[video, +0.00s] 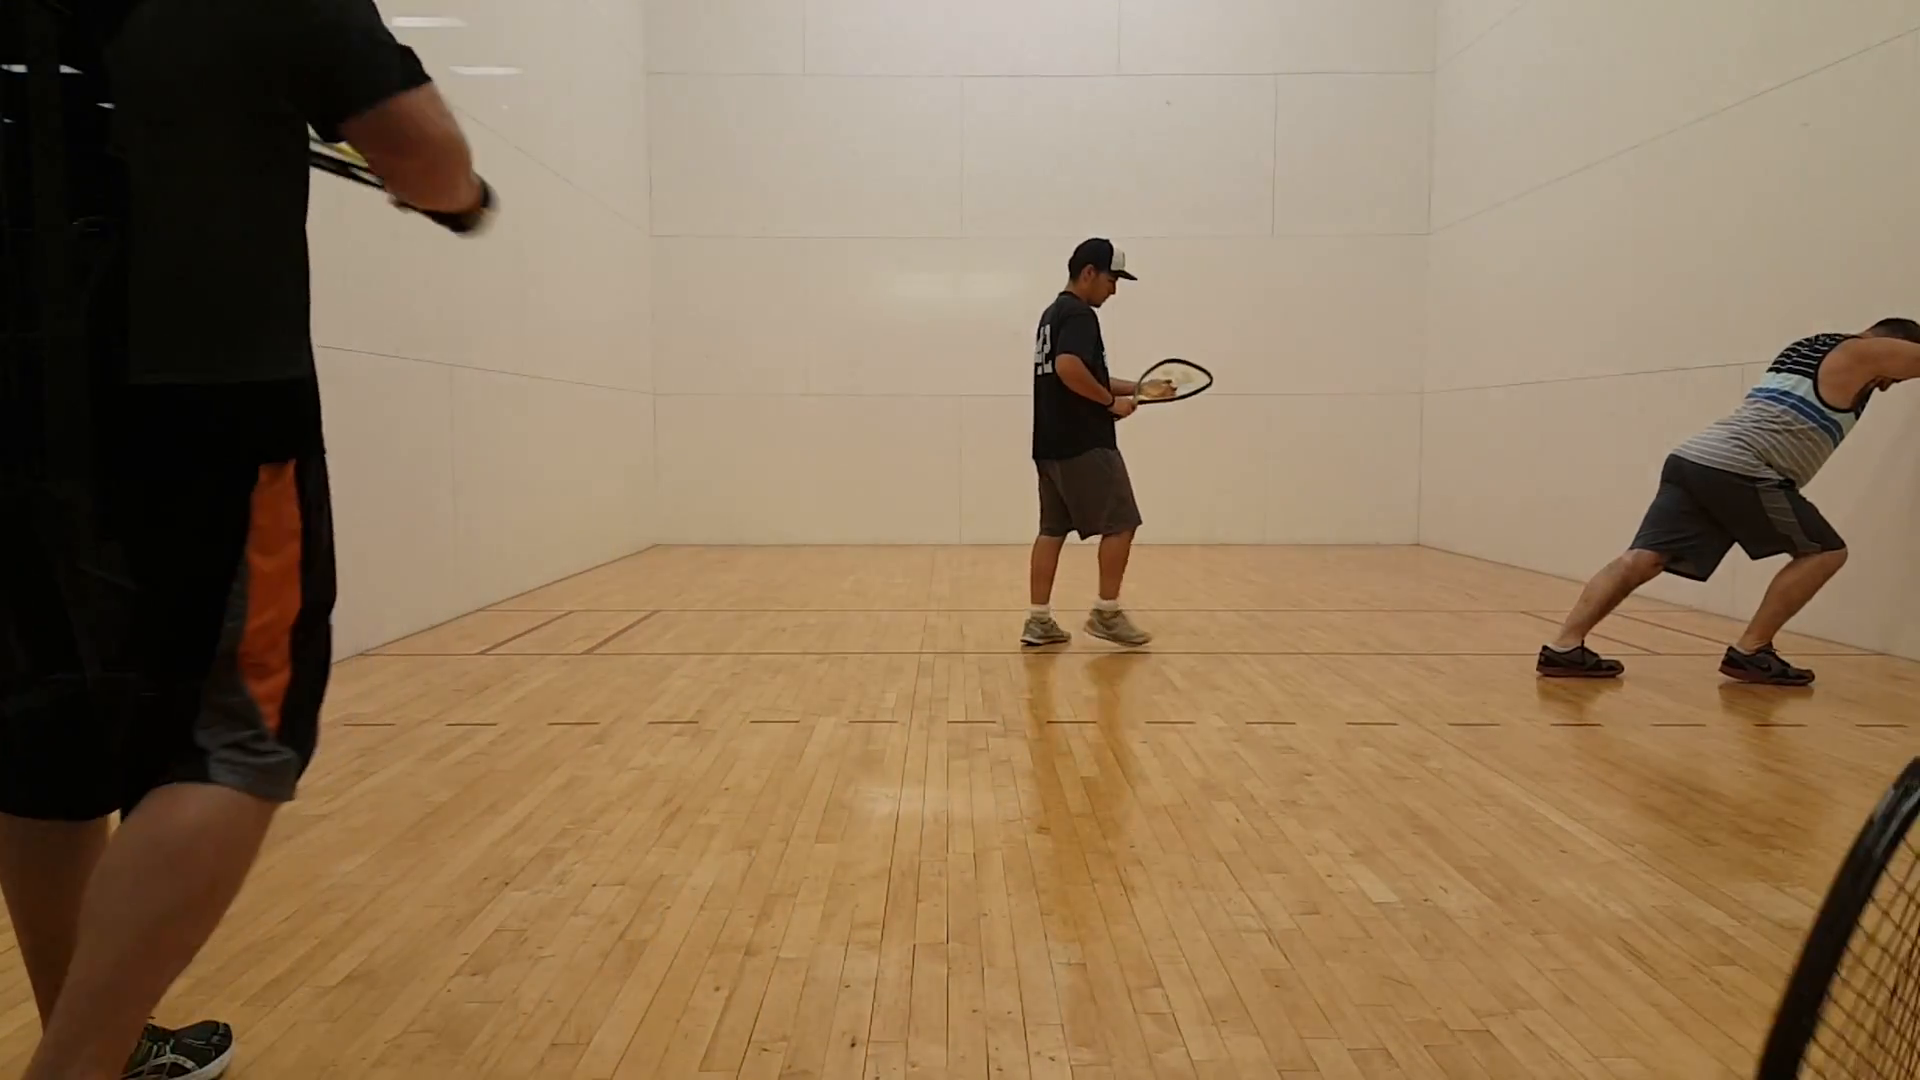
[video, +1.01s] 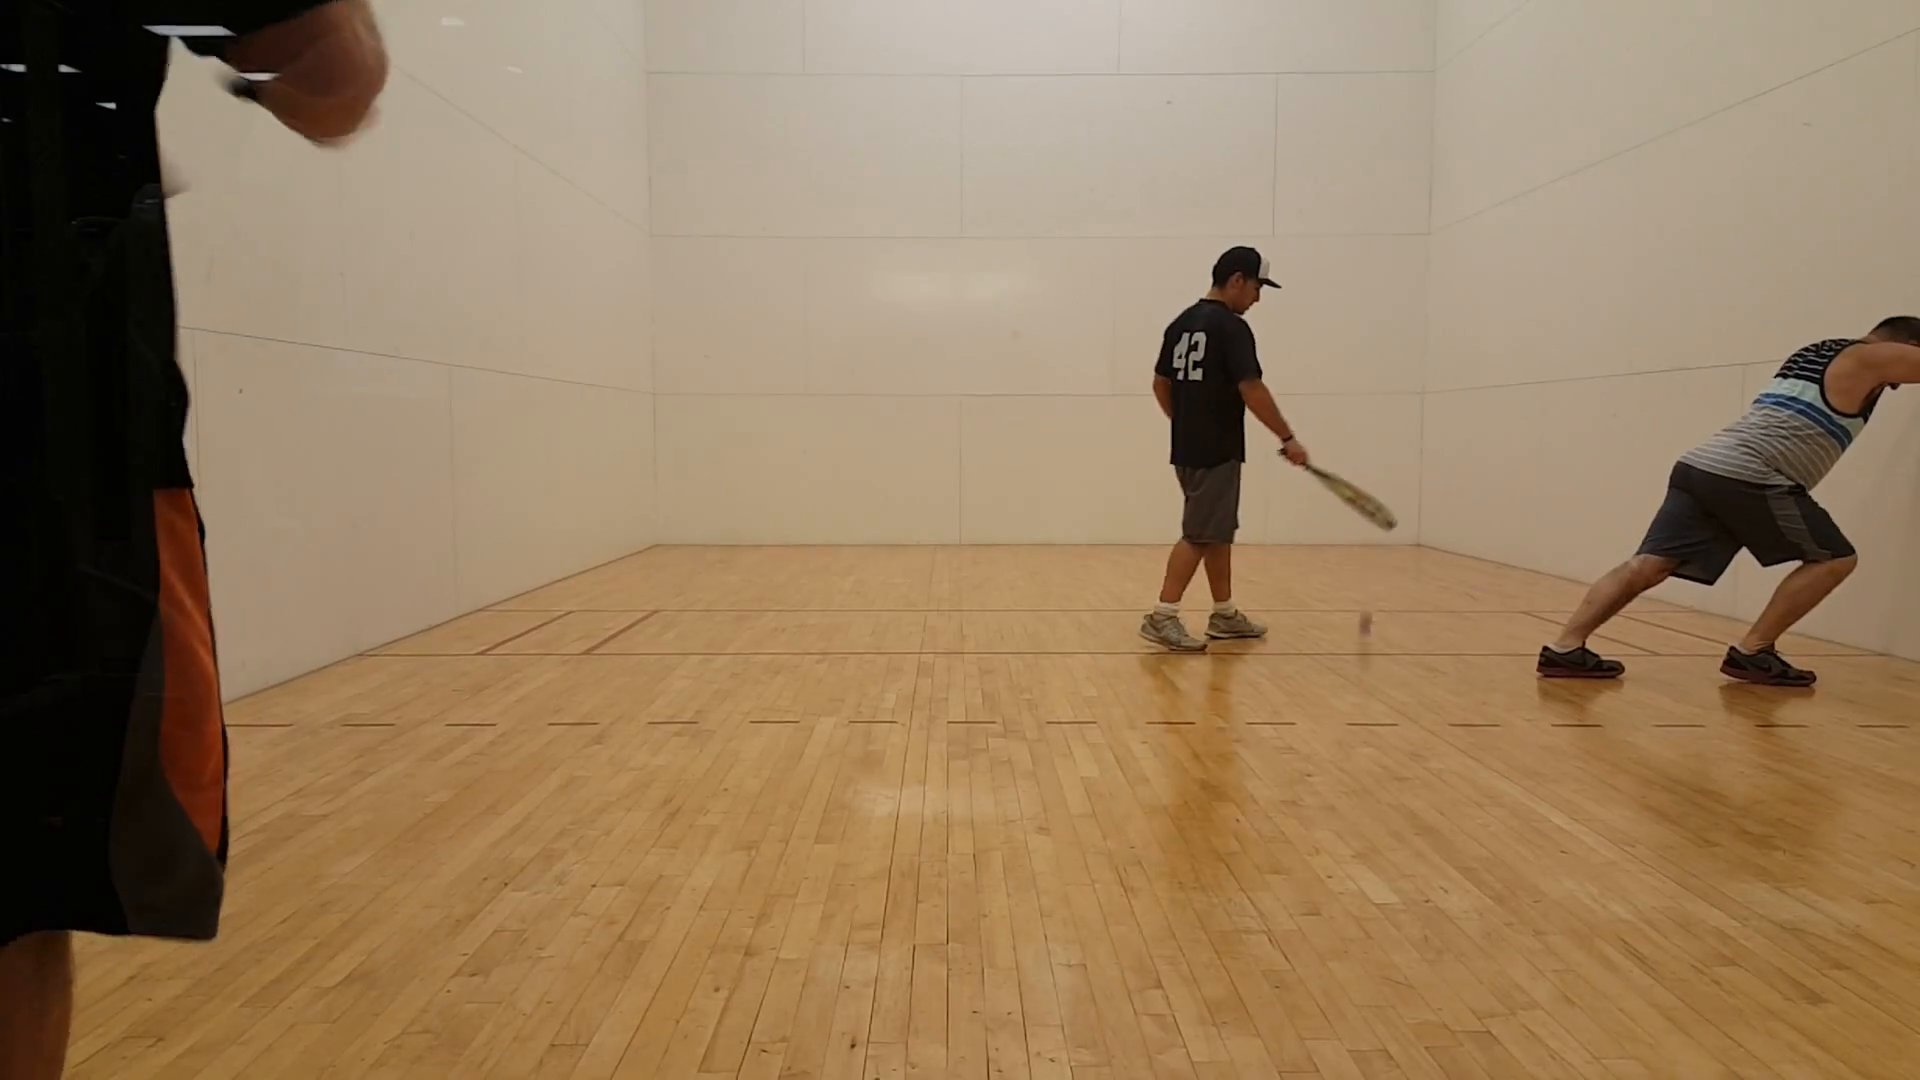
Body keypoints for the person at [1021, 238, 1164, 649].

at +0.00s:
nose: (1114, 288)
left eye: (1116, 280)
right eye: (1111, 279)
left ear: (1083, 275)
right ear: (1089, 272)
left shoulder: (1054, 314)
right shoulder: (1078, 315)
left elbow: (1090, 380)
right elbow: (1068, 368)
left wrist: (1141, 388)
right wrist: (1110, 402)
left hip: (1051, 446)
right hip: (1085, 446)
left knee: (1052, 529)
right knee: (1121, 522)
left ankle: (1039, 619)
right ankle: (1107, 612)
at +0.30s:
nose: (1161, 297)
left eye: (1163, 289)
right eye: (1158, 287)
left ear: (1132, 281)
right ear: (1137, 280)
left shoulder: (1098, 315)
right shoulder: (1120, 322)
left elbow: (1098, 378)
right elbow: (1108, 378)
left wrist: (1137, 408)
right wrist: (1145, 426)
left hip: (1085, 450)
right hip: (1116, 453)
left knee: (1073, 531)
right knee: (1137, 535)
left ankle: (1043, 613)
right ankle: (1153, 619)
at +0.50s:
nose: (1203, 297)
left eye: (1206, 289)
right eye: (1202, 287)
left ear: (1175, 278)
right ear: (1184, 279)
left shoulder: (1131, 310)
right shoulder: (1167, 324)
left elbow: (1102, 368)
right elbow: (1156, 384)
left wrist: (1098, 415)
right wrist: (1193, 433)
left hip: (1115, 442)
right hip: (1149, 448)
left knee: (1112, 522)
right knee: (1153, 533)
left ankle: (1064, 592)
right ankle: (1156, 620)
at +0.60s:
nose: (1217, 296)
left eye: (1220, 288)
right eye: (1217, 286)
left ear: (1186, 276)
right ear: (1198, 277)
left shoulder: (1139, 309)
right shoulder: (1183, 324)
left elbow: (1109, 367)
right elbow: (1189, 388)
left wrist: (1102, 416)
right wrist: (1240, 420)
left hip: (1126, 440)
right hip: (1158, 449)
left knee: (1136, 522)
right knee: (1158, 534)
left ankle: (1092, 588)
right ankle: (1156, 622)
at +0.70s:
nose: (1228, 294)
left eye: (1231, 287)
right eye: (1228, 285)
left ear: (1197, 275)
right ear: (1210, 276)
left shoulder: (1149, 310)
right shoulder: (1200, 325)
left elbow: (1119, 365)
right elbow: (1228, 383)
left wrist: (1118, 417)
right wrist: (1284, 402)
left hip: (1139, 440)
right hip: (1170, 446)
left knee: (1157, 526)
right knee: (1165, 532)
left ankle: (1136, 599)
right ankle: (1156, 621)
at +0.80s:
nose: (1239, 293)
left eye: (1242, 285)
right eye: (1238, 283)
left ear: (1209, 277)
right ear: (1219, 277)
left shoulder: (1160, 312)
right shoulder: (1216, 324)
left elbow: (1130, 371)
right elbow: (1253, 378)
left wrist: (1139, 419)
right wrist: (1306, 398)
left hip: (1153, 441)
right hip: (1182, 446)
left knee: (1180, 529)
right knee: (1168, 534)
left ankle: (1188, 608)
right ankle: (1156, 622)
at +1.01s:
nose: (1257, 297)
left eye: (1259, 289)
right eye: (1256, 288)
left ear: (1227, 280)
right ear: (1236, 280)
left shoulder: (1182, 321)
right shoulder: (1233, 328)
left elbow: (1162, 383)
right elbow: (1253, 391)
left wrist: (1187, 423)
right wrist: (1288, 437)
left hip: (1188, 448)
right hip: (1217, 451)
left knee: (1218, 531)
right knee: (1198, 533)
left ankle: (1224, 613)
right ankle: (1163, 616)